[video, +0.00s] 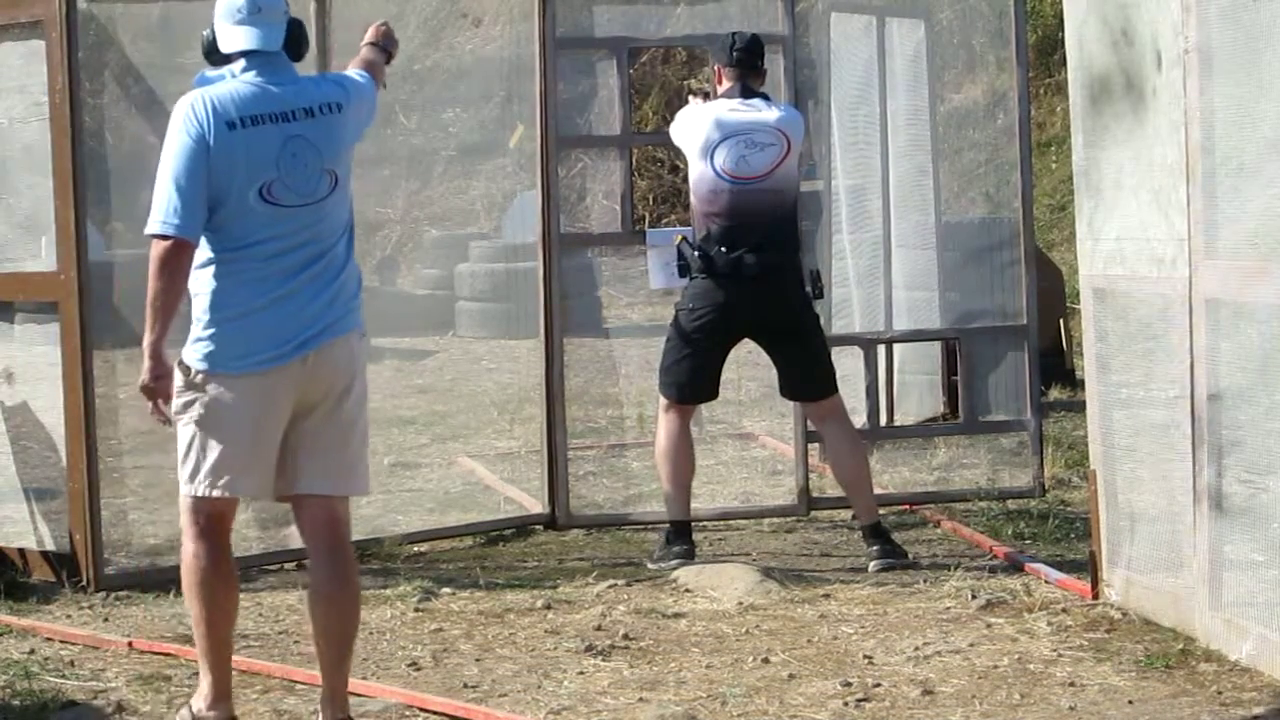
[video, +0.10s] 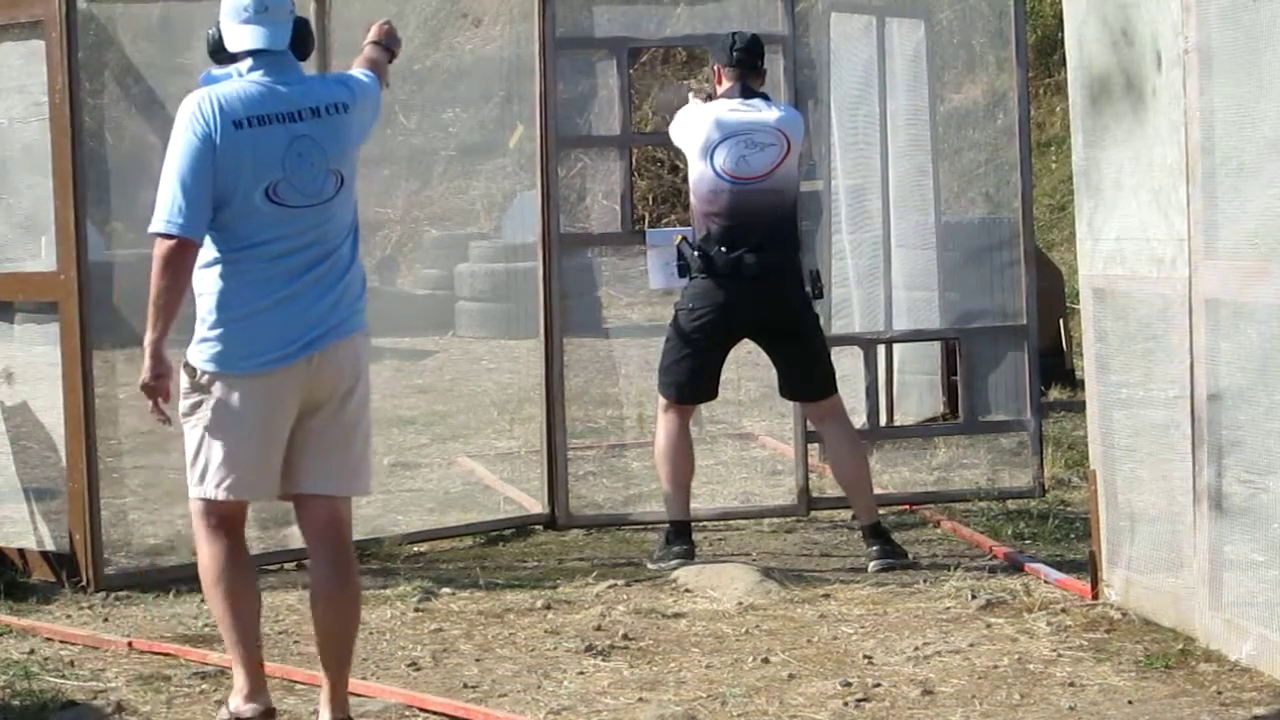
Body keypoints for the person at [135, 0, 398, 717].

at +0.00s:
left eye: (221, 46)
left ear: (216, 48)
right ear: (290, 42)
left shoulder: (200, 112)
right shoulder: (334, 99)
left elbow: (172, 244)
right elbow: (365, 78)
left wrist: (153, 347)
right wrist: (376, 48)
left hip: (233, 348)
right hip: (334, 337)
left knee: (206, 526)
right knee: (328, 527)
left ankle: (214, 698)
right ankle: (337, 705)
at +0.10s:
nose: (222, 59)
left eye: (225, 46)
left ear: (222, 47)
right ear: (296, 39)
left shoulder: (206, 111)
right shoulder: (341, 100)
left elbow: (176, 245)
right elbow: (368, 80)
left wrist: (153, 345)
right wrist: (378, 49)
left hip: (238, 349)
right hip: (338, 337)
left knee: (218, 523)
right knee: (329, 528)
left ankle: (250, 696)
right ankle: (338, 703)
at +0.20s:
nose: (223, 57)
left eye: (225, 45)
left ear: (224, 47)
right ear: (298, 39)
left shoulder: (208, 111)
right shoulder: (342, 100)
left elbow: (177, 245)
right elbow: (369, 79)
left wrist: (154, 346)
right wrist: (378, 47)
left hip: (241, 349)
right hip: (340, 338)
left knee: (233, 524)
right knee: (331, 527)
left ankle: (275, 690)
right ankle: (338, 701)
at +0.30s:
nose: (221, 57)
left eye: (222, 45)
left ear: (219, 47)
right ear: (294, 38)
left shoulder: (204, 112)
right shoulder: (338, 99)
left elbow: (175, 247)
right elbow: (368, 78)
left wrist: (153, 349)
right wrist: (377, 43)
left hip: (243, 353)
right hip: (340, 340)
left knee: (245, 536)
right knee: (330, 528)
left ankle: (284, 701)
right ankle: (336, 702)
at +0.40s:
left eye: (216, 46)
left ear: (214, 48)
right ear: (289, 40)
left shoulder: (198, 115)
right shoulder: (333, 99)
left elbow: (171, 250)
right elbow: (366, 70)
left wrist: (152, 351)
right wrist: (374, 37)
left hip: (242, 356)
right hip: (338, 341)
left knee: (253, 543)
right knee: (330, 533)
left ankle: (286, 710)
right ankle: (335, 704)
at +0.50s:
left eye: (207, 47)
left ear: (207, 49)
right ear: (281, 40)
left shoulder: (191, 115)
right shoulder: (326, 98)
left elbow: (165, 252)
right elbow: (361, 68)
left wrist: (148, 354)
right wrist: (371, 34)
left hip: (238, 357)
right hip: (334, 340)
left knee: (257, 545)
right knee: (327, 533)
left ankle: (288, 711)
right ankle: (334, 704)